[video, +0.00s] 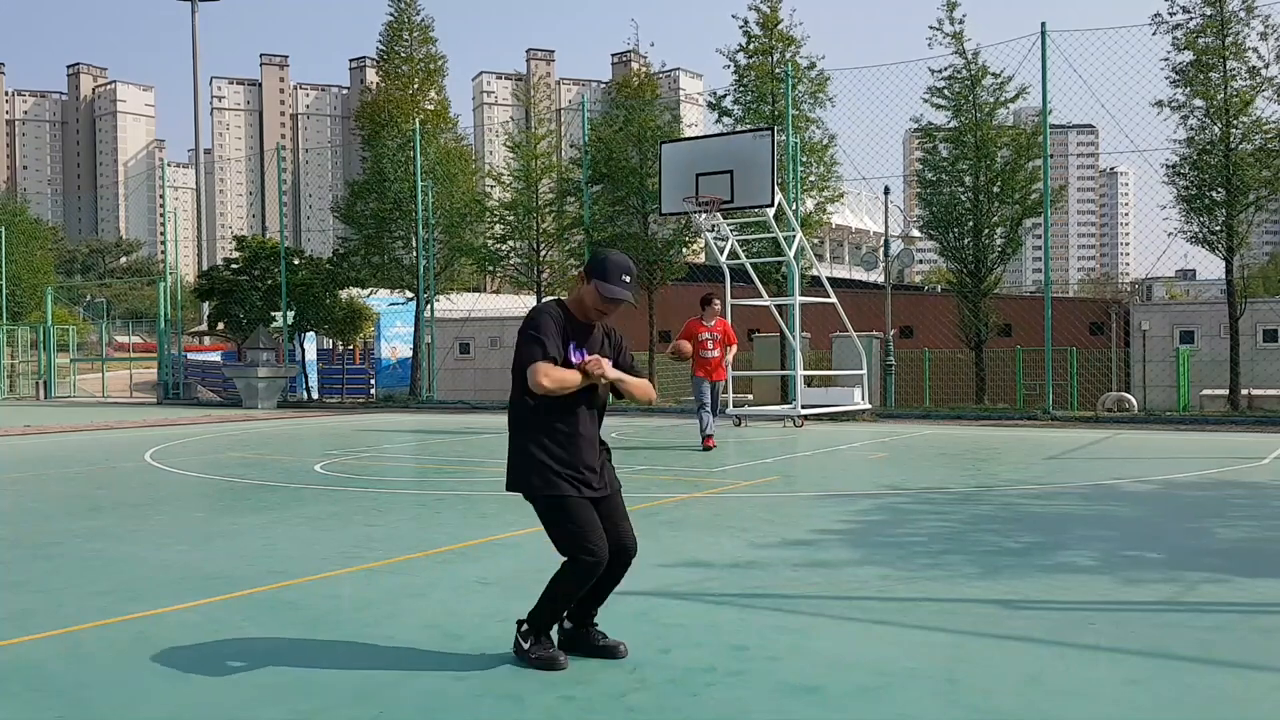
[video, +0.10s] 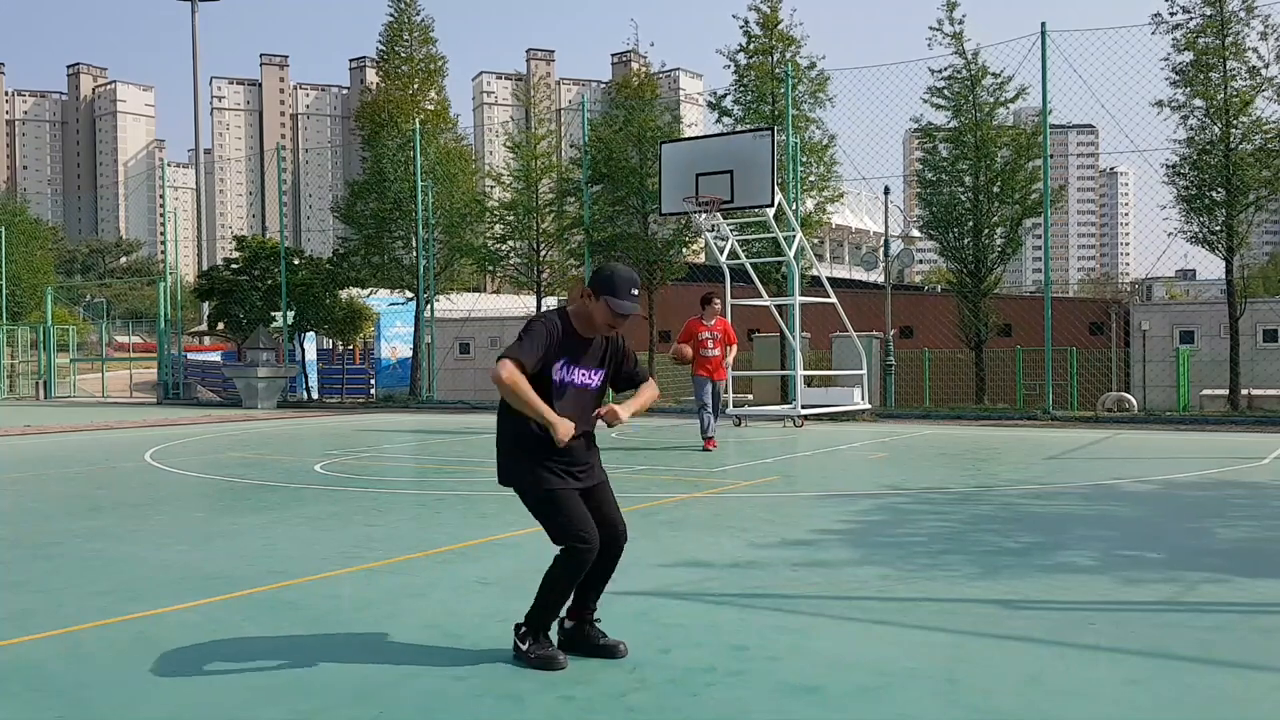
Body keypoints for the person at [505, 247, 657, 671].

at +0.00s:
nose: (610, 309)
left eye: (618, 302)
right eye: (604, 298)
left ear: (625, 298)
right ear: (583, 282)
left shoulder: (609, 336)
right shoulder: (545, 318)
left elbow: (648, 393)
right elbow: (540, 379)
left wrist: (615, 375)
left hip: (591, 460)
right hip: (545, 464)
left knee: (622, 547)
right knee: (590, 552)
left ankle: (577, 629)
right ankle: (532, 633)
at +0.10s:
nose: (618, 323)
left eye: (624, 315)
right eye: (613, 312)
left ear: (629, 310)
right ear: (587, 296)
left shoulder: (612, 342)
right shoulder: (547, 329)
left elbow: (650, 389)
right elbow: (504, 371)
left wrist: (627, 408)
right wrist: (551, 418)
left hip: (583, 461)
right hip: (534, 464)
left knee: (613, 536)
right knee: (582, 542)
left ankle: (577, 626)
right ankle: (531, 634)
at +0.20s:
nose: (625, 307)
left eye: (629, 298)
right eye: (618, 297)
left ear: (628, 294)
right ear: (589, 288)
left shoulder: (613, 327)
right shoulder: (546, 315)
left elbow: (662, 348)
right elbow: (487, 340)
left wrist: (653, 404)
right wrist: (510, 414)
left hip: (563, 432)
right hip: (517, 432)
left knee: (586, 514)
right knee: (552, 518)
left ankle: (575, 623)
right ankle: (529, 631)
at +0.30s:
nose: (613, 279)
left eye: (617, 271)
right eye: (606, 269)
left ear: (616, 269)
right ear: (578, 260)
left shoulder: (609, 302)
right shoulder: (534, 292)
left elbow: (661, 317)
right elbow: (472, 305)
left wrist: (679, 377)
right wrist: (482, 371)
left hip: (562, 423)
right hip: (511, 422)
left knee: (583, 500)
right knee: (527, 510)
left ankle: (562, 600)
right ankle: (527, 625)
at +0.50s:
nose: (577, 285)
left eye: (582, 277)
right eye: (569, 276)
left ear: (585, 274)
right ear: (542, 268)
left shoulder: (589, 316)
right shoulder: (505, 306)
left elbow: (647, 338)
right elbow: (448, 329)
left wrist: (698, 373)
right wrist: (461, 341)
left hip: (569, 446)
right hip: (519, 442)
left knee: (577, 535)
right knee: (546, 523)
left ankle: (549, 596)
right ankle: (527, 625)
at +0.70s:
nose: (561, 292)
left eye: (568, 284)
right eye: (553, 283)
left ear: (577, 283)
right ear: (532, 278)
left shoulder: (582, 328)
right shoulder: (498, 316)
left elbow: (595, 393)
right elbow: (481, 385)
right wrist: (502, 440)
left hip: (548, 429)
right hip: (499, 426)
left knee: (553, 515)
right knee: (509, 508)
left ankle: (544, 598)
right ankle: (516, 601)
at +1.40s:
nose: (453, 262)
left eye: (460, 254)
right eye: (447, 255)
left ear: (478, 257)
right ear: (441, 259)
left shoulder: (499, 298)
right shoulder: (438, 300)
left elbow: (541, 343)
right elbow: (432, 342)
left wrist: (491, 371)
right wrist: (431, 364)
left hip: (498, 404)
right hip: (457, 404)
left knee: (460, 476)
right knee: (460, 483)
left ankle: (487, 566)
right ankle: (463, 573)